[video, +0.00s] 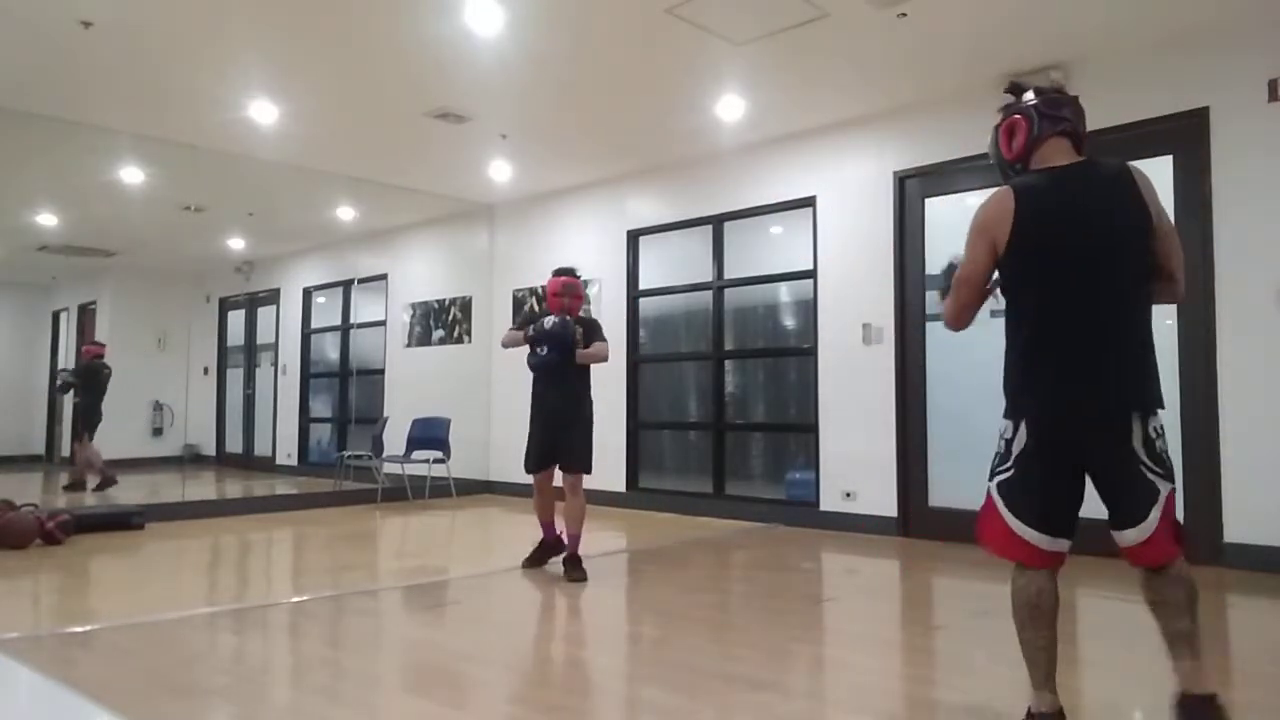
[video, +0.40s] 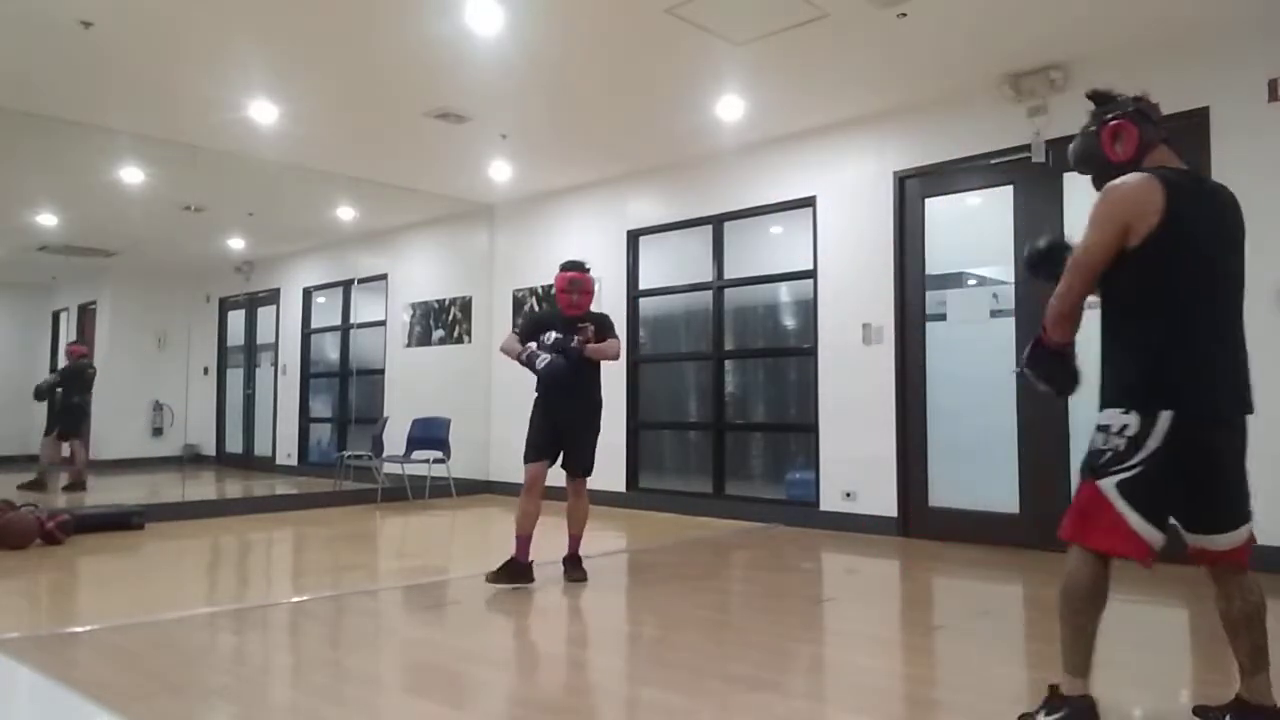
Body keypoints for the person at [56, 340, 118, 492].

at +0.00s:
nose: (83, 356)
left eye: (84, 353)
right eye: (84, 353)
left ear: (88, 353)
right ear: (101, 354)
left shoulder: (85, 368)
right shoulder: (106, 369)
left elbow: (65, 388)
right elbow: (90, 384)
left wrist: (64, 382)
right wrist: (72, 377)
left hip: (83, 410)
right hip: (96, 410)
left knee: (80, 445)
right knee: (84, 445)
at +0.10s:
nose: (79, 357)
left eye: (81, 354)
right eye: (80, 354)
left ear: (85, 354)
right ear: (97, 355)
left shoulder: (82, 368)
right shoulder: (102, 369)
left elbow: (61, 378)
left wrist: (59, 378)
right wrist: (67, 380)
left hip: (79, 409)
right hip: (91, 409)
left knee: (70, 443)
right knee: (82, 444)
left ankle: (94, 470)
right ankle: (78, 479)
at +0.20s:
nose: (78, 356)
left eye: (79, 353)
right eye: (79, 353)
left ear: (81, 354)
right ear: (94, 354)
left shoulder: (77, 368)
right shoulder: (99, 369)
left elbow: (56, 380)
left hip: (74, 409)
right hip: (87, 408)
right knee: (82, 443)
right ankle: (79, 480)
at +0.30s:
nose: (72, 358)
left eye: (73, 355)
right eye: (74, 355)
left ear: (76, 356)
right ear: (90, 355)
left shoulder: (69, 371)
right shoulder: (95, 370)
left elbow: (51, 383)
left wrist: (50, 385)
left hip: (66, 409)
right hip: (83, 409)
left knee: (52, 440)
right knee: (78, 442)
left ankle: (57, 474)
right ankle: (80, 478)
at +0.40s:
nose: (66, 358)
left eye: (67, 355)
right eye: (67, 355)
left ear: (73, 355)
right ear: (84, 355)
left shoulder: (70, 370)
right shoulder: (90, 370)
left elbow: (56, 380)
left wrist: (44, 386)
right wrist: (49, 384)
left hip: (66, 410)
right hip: (80, 411)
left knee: (49, 442)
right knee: (76, 442)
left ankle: (41, 479)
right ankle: (79, 479)